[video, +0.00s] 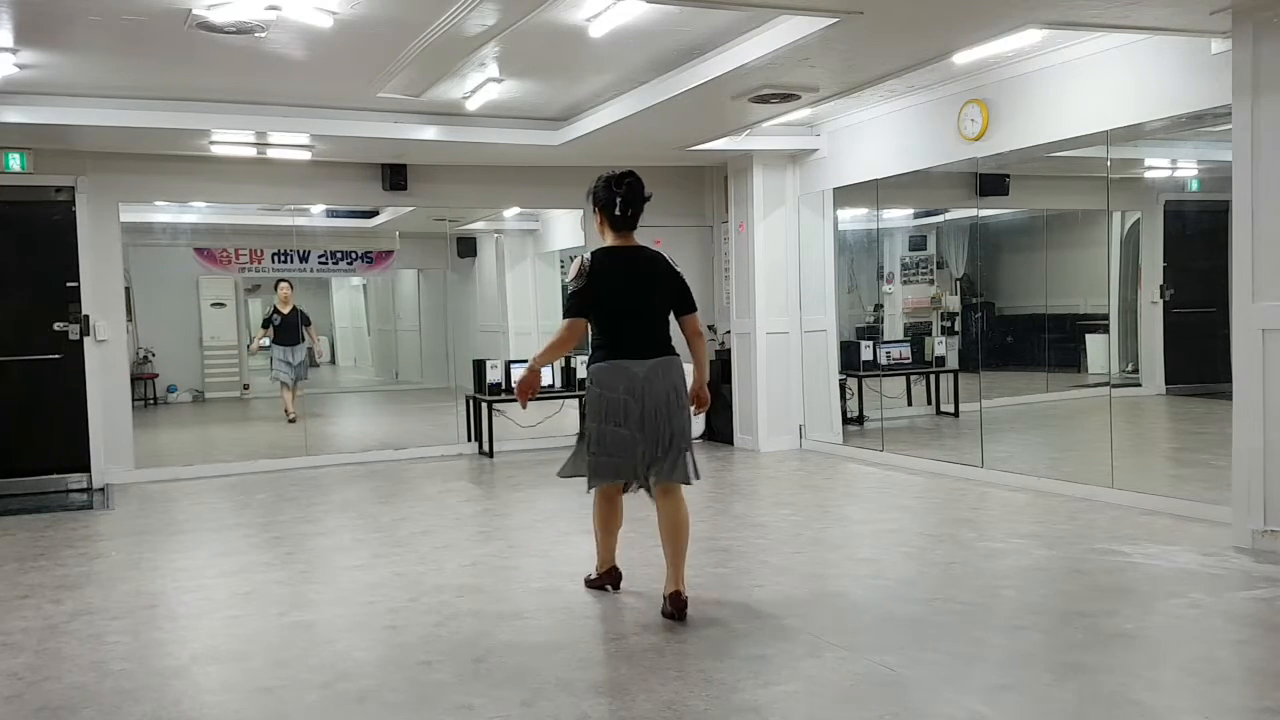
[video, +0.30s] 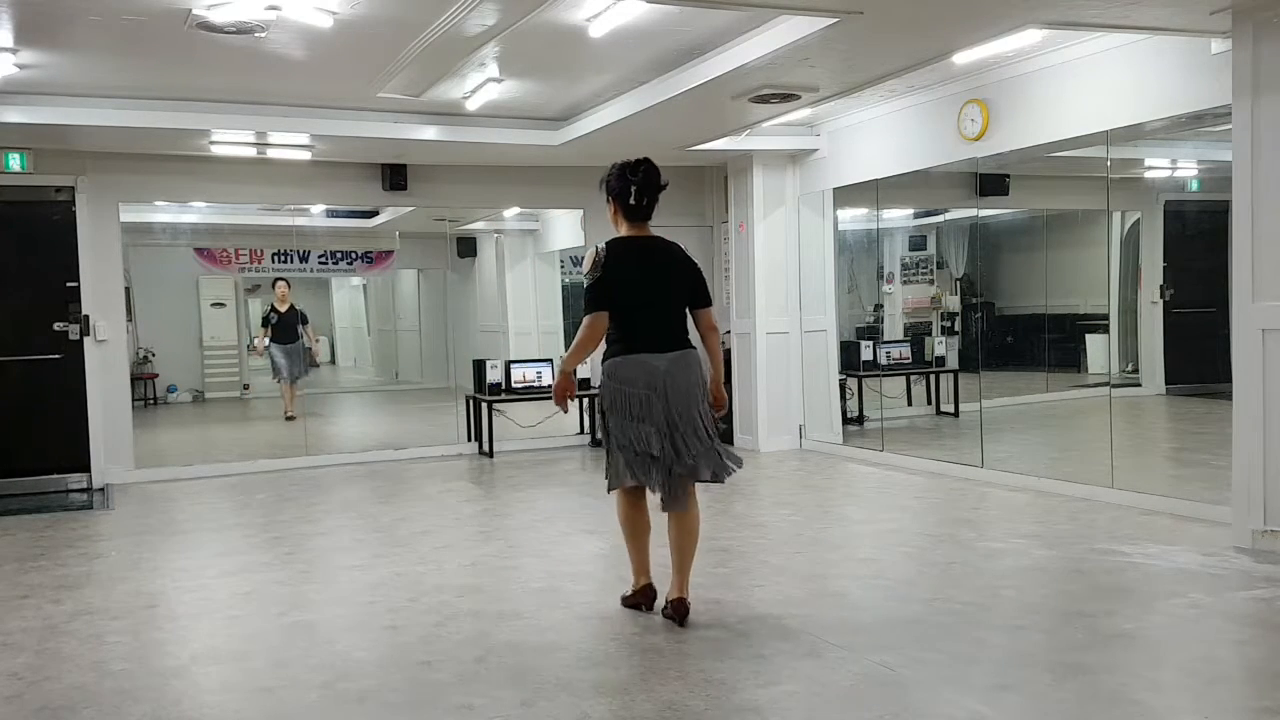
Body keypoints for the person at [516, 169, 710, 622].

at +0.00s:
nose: (592, 219)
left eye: (592, 212)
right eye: (595, 212)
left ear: (599, 215)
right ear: (639, 214)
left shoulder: (591, 266)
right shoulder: (662, 265)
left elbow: (574, 332)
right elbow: (694, 330)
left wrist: (535, 366)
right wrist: (701, 380)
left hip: (610, 379)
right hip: (665, 375)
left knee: (608, 480)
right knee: (668, 482)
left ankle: (607, 568)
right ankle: (676, 590)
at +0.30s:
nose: (607, 210)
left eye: (607, 204)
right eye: (609, 204)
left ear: (613, 207)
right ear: (655, 205)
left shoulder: (607, 258)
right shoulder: (678, 256)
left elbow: (595, 327)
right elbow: (708, 325)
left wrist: (566, 366)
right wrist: (718, 378)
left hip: (625, 372)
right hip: (682, 369)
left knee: (628, 481)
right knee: (682, 483)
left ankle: (642, 583)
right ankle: (679, 593)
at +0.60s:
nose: (605, 206)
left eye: (605, 200)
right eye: (609, 200)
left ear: (610, 203)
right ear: (654, 202)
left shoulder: (602, 255)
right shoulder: (675, 254)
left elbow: (586, 324)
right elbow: (708, 325)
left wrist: (559, 357)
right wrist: (724, 380)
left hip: (622, 375)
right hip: (680, 372)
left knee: (608, 488)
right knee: (683, 484)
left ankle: (609, 602)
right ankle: (680, 595)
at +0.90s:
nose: (575, 202)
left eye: (574, 195)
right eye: (577, 195)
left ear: (580, 198)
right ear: (625, 197)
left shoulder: (569, 251)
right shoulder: (644, 252)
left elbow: (548, 319)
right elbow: (682, 318)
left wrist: (510, 346)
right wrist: (706, 367)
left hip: (585, 377)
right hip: (642, 375)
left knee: (578, 493)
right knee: (657, 485)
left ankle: (575, 611)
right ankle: (677, 593)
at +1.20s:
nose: (546, 200)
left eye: (545, 193)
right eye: (550, 192)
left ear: (549, 197)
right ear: (595, 196)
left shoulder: (535, 250)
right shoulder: (615, 253)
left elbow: (511, 322)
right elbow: (648, 322)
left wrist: (483, 347)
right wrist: (677, 368)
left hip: (553, 377)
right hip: (610, 377)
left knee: (557, 496)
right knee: (601, 490)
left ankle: (573, 612)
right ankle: (608, 601)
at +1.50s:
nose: (530, 197)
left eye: (530, 191)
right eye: (533, 190)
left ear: (535, 195)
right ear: (581, 194)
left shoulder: (522, 250)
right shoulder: (600, 253)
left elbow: (502, 324)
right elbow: (635, 321)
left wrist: (476, 347)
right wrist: (661, 367)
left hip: (539, 377)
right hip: (596, 375)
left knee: (546, 494)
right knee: (593, 490)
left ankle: (570, 610)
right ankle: (595, 604)